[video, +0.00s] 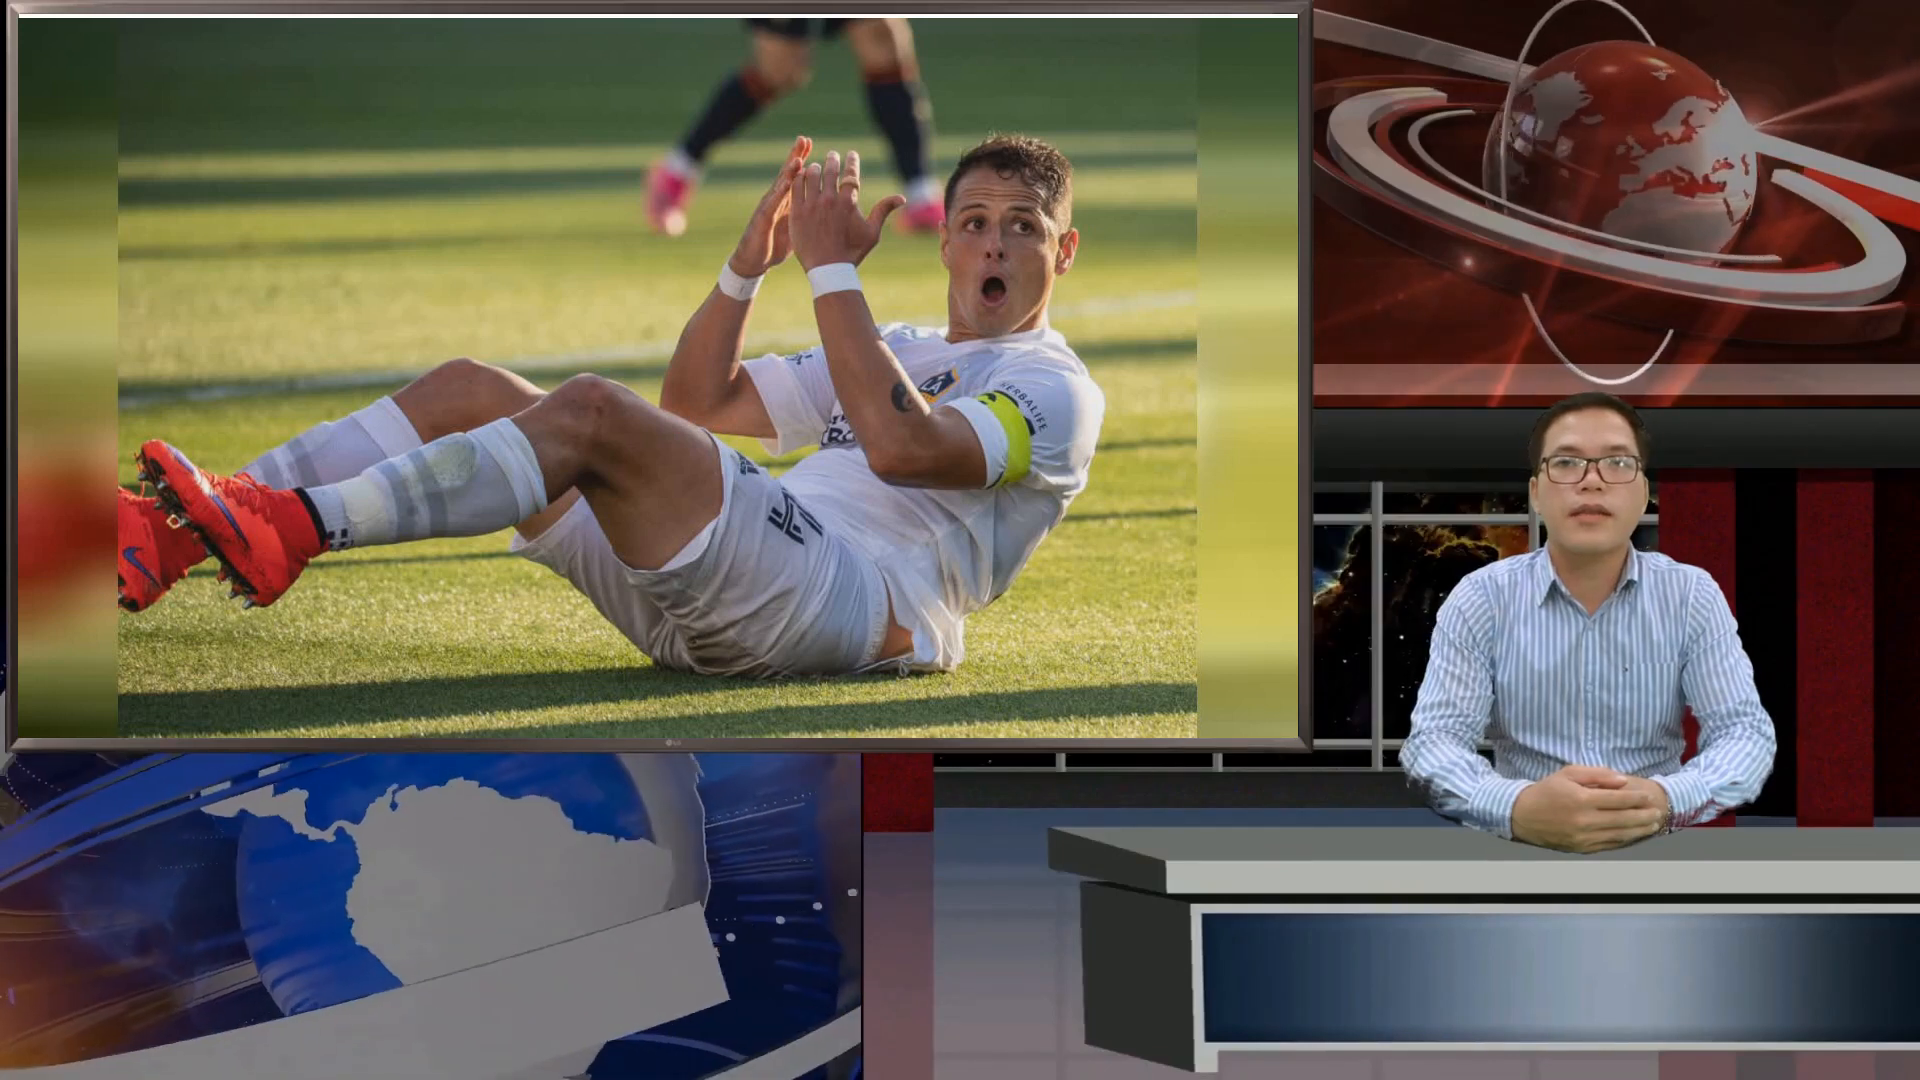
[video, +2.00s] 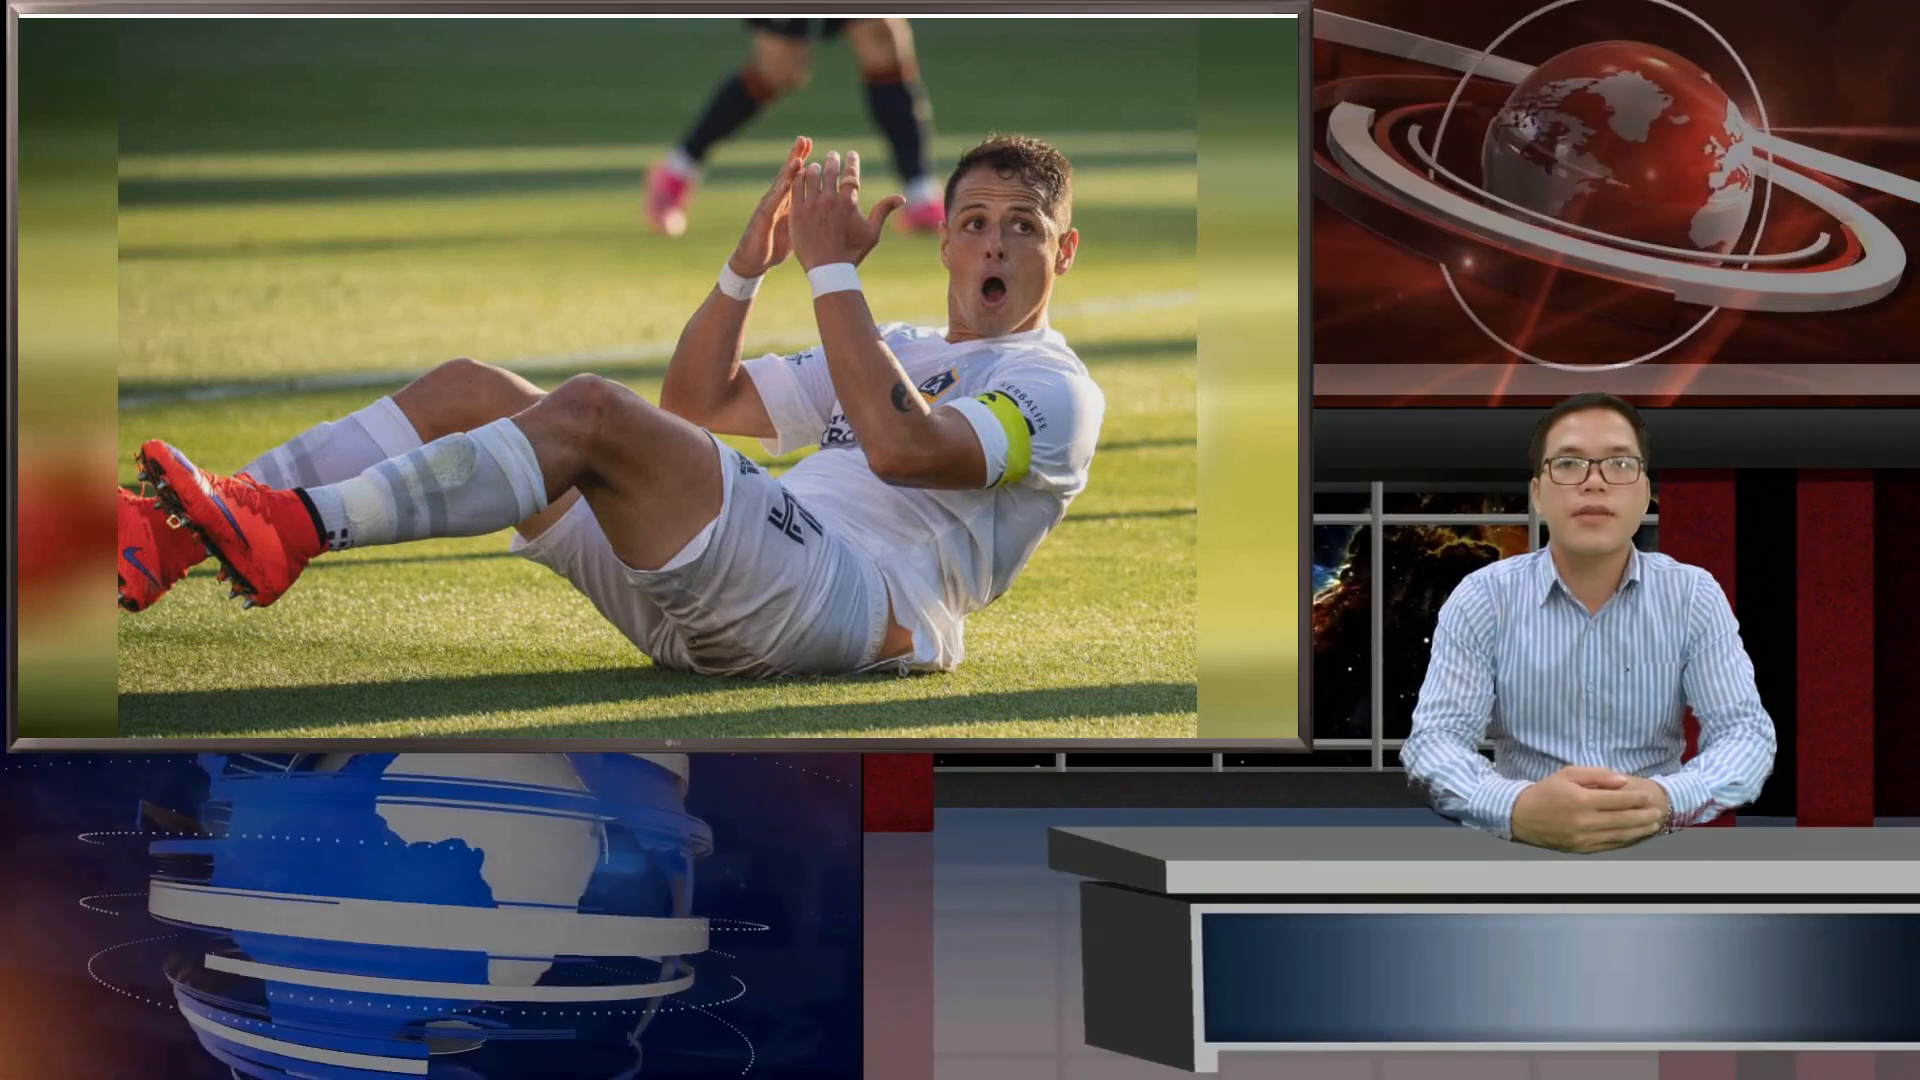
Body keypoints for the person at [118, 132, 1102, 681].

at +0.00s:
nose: (997, 245)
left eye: (1024, 229)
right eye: (977, 223)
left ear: (1065, 257)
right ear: (943, 241)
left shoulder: (1056, 388)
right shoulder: (892, 359)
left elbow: (901, 446)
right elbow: (694, 406)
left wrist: (833, 268)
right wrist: (747, 268)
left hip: (839, 603)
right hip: (731, 572)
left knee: (592, 413)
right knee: (467, 388)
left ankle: (299, 525)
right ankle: (179, 539)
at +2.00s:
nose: (996, 246)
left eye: (1024, 231)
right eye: (977, 223)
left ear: (1065, 258)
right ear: (943, 240)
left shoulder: (1056, 389)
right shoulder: (891, 357)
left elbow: (901, 446)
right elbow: (695, 406)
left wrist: (833, 268)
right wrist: (746, 270)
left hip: (838, 603)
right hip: (732, 571)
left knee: (592, 413)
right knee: (468, 389)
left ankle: (299, 524)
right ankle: (179, 539)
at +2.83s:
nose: (997, 245)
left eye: (1024, 230)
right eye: (977, 223)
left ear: (1065, 258)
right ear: (943, 241)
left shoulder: (1056, 389)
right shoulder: (892, 358)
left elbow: (901, 446)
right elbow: (695, 406)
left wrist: (833, 268)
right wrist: (746, 269)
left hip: (840, 603)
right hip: (731, 572)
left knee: (592, 413)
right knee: (468, 389)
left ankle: (300, 525)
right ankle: (180, 538)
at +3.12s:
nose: (995, 246)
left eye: (1022, 230)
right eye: (975, 224)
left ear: (1065, 257)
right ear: (942, 241)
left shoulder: (1055, 389)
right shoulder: (892, 358)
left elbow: (901, 447)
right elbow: (695, 405)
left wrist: (833, 270)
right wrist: (747, 270)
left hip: (841, 603)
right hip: (733, 573)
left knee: (592, 413)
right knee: (468, 389)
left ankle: (299, 525)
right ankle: (180, 538)